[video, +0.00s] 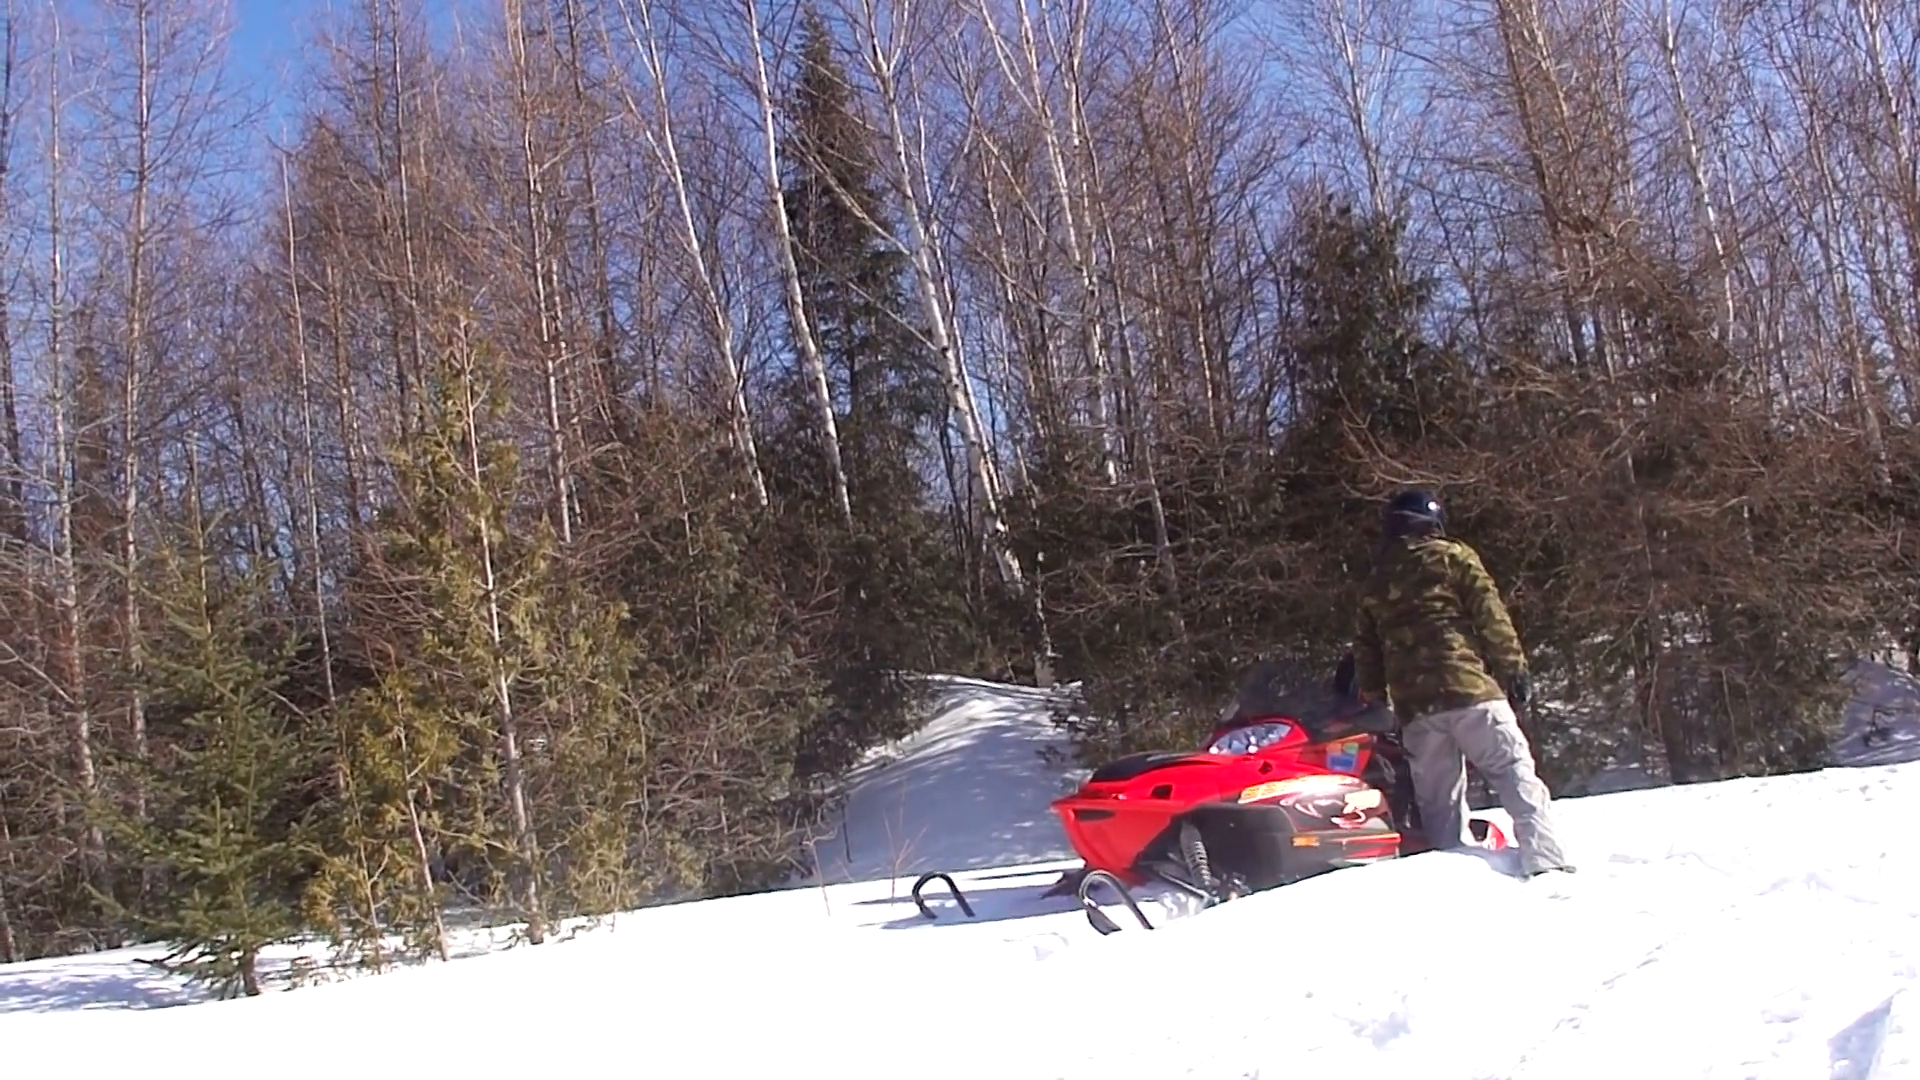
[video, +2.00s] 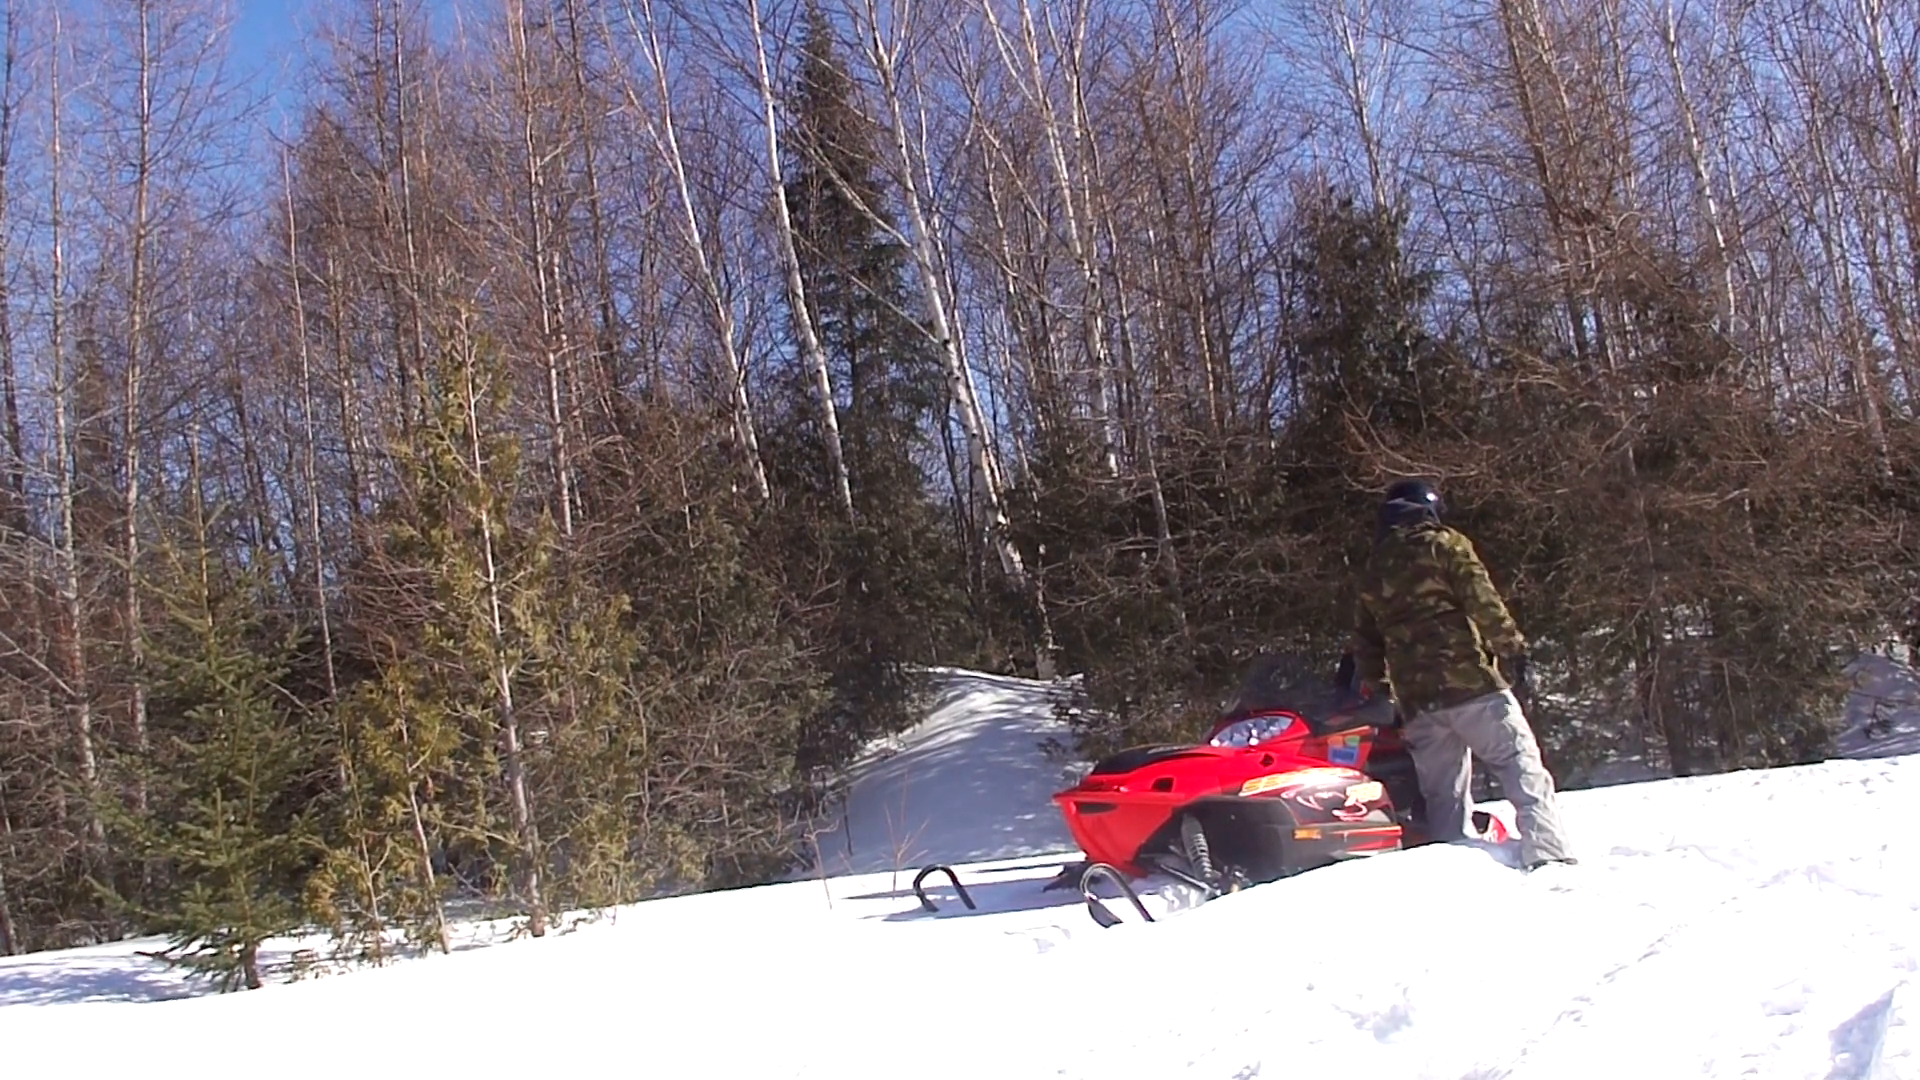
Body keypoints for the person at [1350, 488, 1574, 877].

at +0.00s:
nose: (1443, 526)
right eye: (1439, 519)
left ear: (1391, 525)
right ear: (1433, 521)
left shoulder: (1376, 577)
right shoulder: (1453, 554)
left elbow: (1367, 644)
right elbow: (1488, 612)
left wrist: (1373, 691)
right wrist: (1513, 667)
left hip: (1413, 701)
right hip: (1468, 689)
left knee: (1438, 800)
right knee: (1512, 768)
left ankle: (1450, 879)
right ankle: (1543, 858)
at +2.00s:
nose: (1440, 513)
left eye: (1437, 506)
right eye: (1436, 506)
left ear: (1390, 513)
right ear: (1427, 508)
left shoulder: (1372, 566)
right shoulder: (1446, 542)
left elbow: (1366, 639)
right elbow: (1483, 603)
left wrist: (1380, 686)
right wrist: (1516, 654)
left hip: (1415, 699)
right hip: (1470, 684)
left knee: (1442, 800)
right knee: (1518, 760)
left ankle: (1450, 879)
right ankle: (1547, 853)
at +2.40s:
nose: (1438, 515)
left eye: (1435, 508)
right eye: (1434, 508)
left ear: (1388, 516)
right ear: (1424, 510)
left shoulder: (1369, 569)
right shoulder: (1444, 544)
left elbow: (1366, 645)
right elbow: (1481, 604)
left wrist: (1389, 686)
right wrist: (1512, 654)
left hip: (1413, 700)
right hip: (1467, 684)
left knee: (1441, 802)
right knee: (1516, 760)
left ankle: (1450, 879)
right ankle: (1546, 854)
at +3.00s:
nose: (1463, 537)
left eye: (1463, 531)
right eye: (1460, 530)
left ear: (1411, 520)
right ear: (1446, 520)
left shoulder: (1376, 562)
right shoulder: (1446, 546)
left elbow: (1365, 633)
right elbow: (1475, 607)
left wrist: (1378, 679)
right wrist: (1509, 655)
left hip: (1409, 696)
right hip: (1461, 686)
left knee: (1438, 796)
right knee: (1512, 755)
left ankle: (1446, 873)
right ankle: (1545, 851)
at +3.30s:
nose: (1486, 565)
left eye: (1491, 560)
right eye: (1489, 557)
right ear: (1482, 537)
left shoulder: (1403, 553)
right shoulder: (1452, 546)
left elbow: (1389, 621)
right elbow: (1470, 609)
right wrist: (1503, 658)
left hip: (1406, 690)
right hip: (1452, 680)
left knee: (1441, 793)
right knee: (1515, 762)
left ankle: (1452, 871)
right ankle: (1545, 856)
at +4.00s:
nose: (1593, 553)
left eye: (1598, 545)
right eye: (1595, 541)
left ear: (1564, 524)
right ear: (1577, 526)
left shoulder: (1512, 544)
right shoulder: (1536, 547)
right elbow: (1525, 616)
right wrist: (1549, 678)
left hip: (1476, 683)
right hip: (1510, 680)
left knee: (1484, 783)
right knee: (1585, 745)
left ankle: (1472, 863)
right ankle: (1600, 850)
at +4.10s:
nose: (1618, 549)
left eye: (1623, 540)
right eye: (1619, 537)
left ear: (1590, 523)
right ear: (1599, 526)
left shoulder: (1531, 543)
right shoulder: (1556, 548)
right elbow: (1546, 620)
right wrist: (1571, 682)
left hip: (1492, 682)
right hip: (1527, 679)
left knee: (1493, 789)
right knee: (1600, 744)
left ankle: (1478, 865)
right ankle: (1601, 853)